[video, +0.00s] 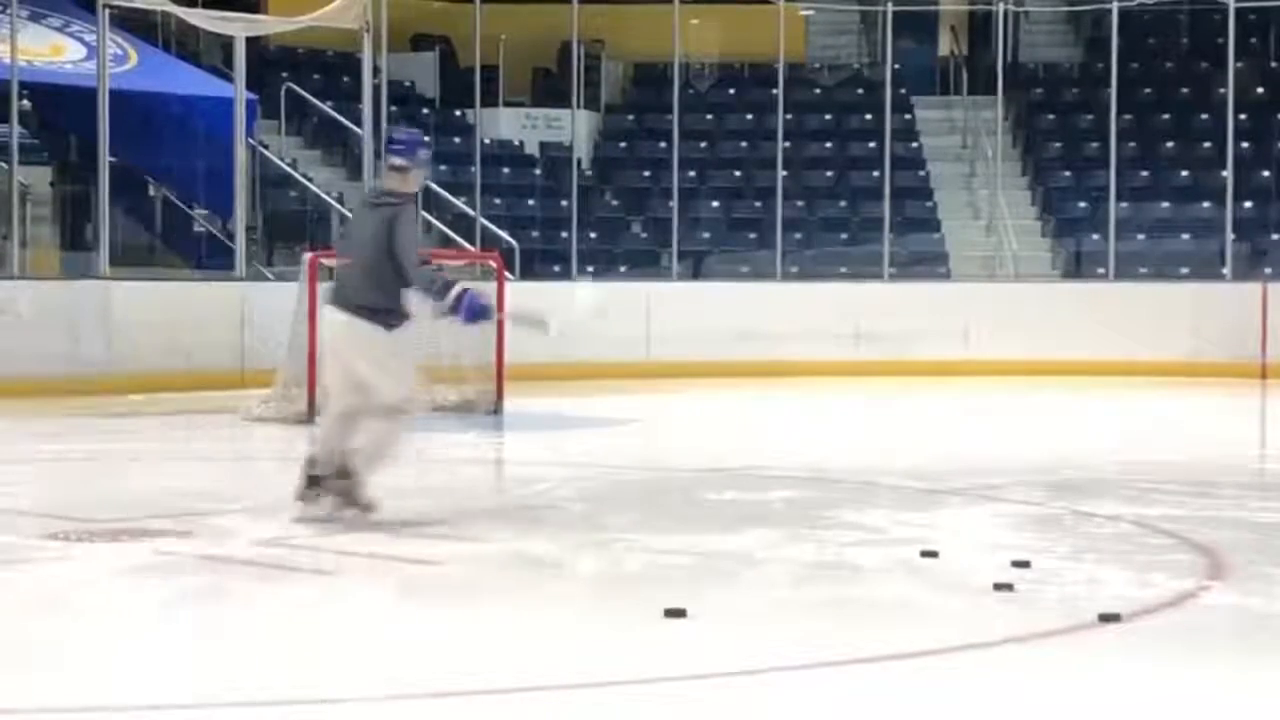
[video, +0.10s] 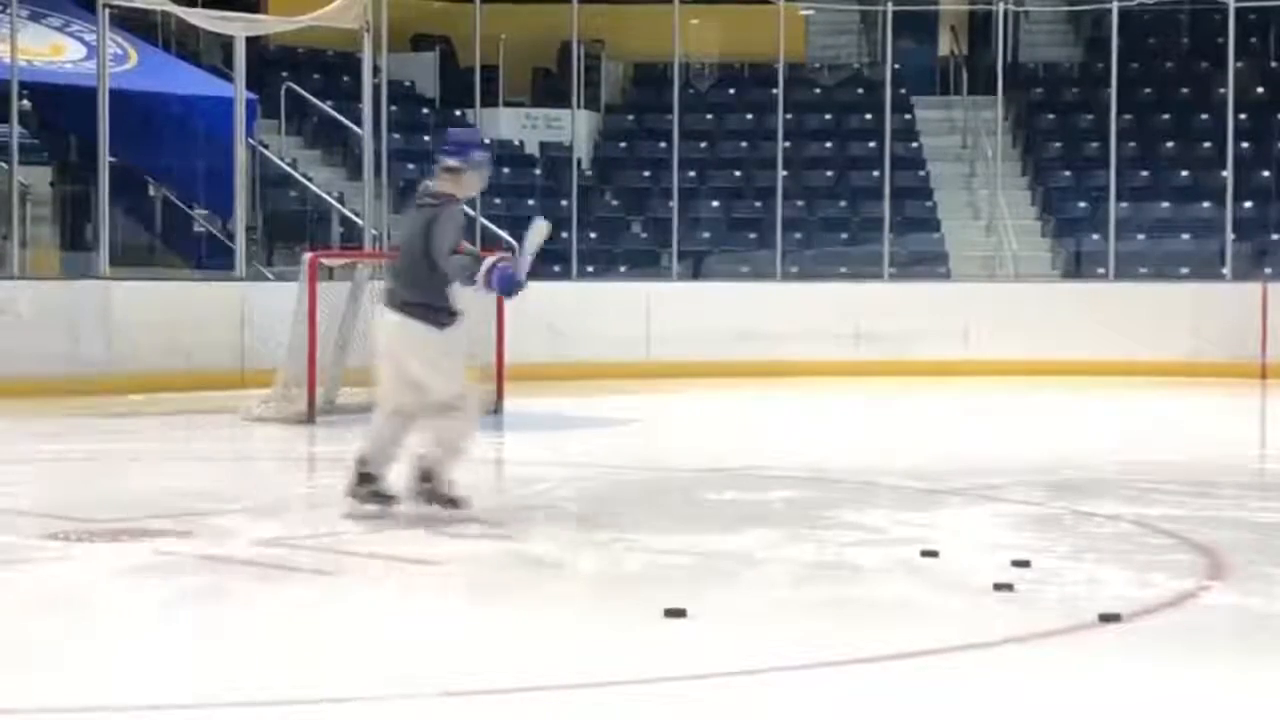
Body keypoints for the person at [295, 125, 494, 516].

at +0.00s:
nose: (422, 178)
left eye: (421, 171)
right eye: (421, 171)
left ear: (386, 167)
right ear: (415, 171)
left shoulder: (365, 205)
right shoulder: (403, 211)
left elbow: (350, 257)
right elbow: (413, 268)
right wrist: (456, 295)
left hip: (340, 320)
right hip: (377, 326)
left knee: (345, 401)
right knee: (393, 403)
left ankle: (319, 473)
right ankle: (348, 471)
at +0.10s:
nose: (485, 181)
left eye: (485, 172)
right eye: (482, 172)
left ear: (445, 166)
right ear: (466, 171)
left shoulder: (421, 203)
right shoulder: (449, 209)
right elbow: (447, 257)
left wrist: (483, 265)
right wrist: (487, 273)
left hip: (393, 319)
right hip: (428, 325)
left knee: (400, 403)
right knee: (457, 406)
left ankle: (367, 474)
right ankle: (431, 477)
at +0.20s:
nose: (547, 181)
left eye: (546, 173)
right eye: (541, 174)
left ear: (511, 176)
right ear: (518, 175)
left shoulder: (486, 207)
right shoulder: (505, 212)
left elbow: (513, 255)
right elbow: (491, 266)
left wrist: (537, 269)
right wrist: (530, 279)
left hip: (454, 321)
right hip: (484, 327)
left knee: (461, 402)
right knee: (521, 400)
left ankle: (425, 475)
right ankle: (506, 478)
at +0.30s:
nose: (608, 190)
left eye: (608, 180)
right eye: (602, 180)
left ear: (576, 181)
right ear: (577, 180)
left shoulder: (553, 216)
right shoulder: (555, 224)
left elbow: (569, 272)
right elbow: (521, 281)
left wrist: (597, 288)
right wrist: (552, 296)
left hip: (517, 327)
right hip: (539, 331)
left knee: (524, 408)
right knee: (584, 397)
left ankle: (490, 472)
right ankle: (568, 477)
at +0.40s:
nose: (660, 197)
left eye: (662, 188)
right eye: (653, 187)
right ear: (628, 187)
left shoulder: (634, 229)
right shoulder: (609, 230)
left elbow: (631, 281)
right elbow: (583, 286)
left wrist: (649, 304)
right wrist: (588, 321)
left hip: (609, 332)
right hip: (594, 334)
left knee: (590, 407)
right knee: (649, 396)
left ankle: (559, 473)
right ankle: (631, 477)